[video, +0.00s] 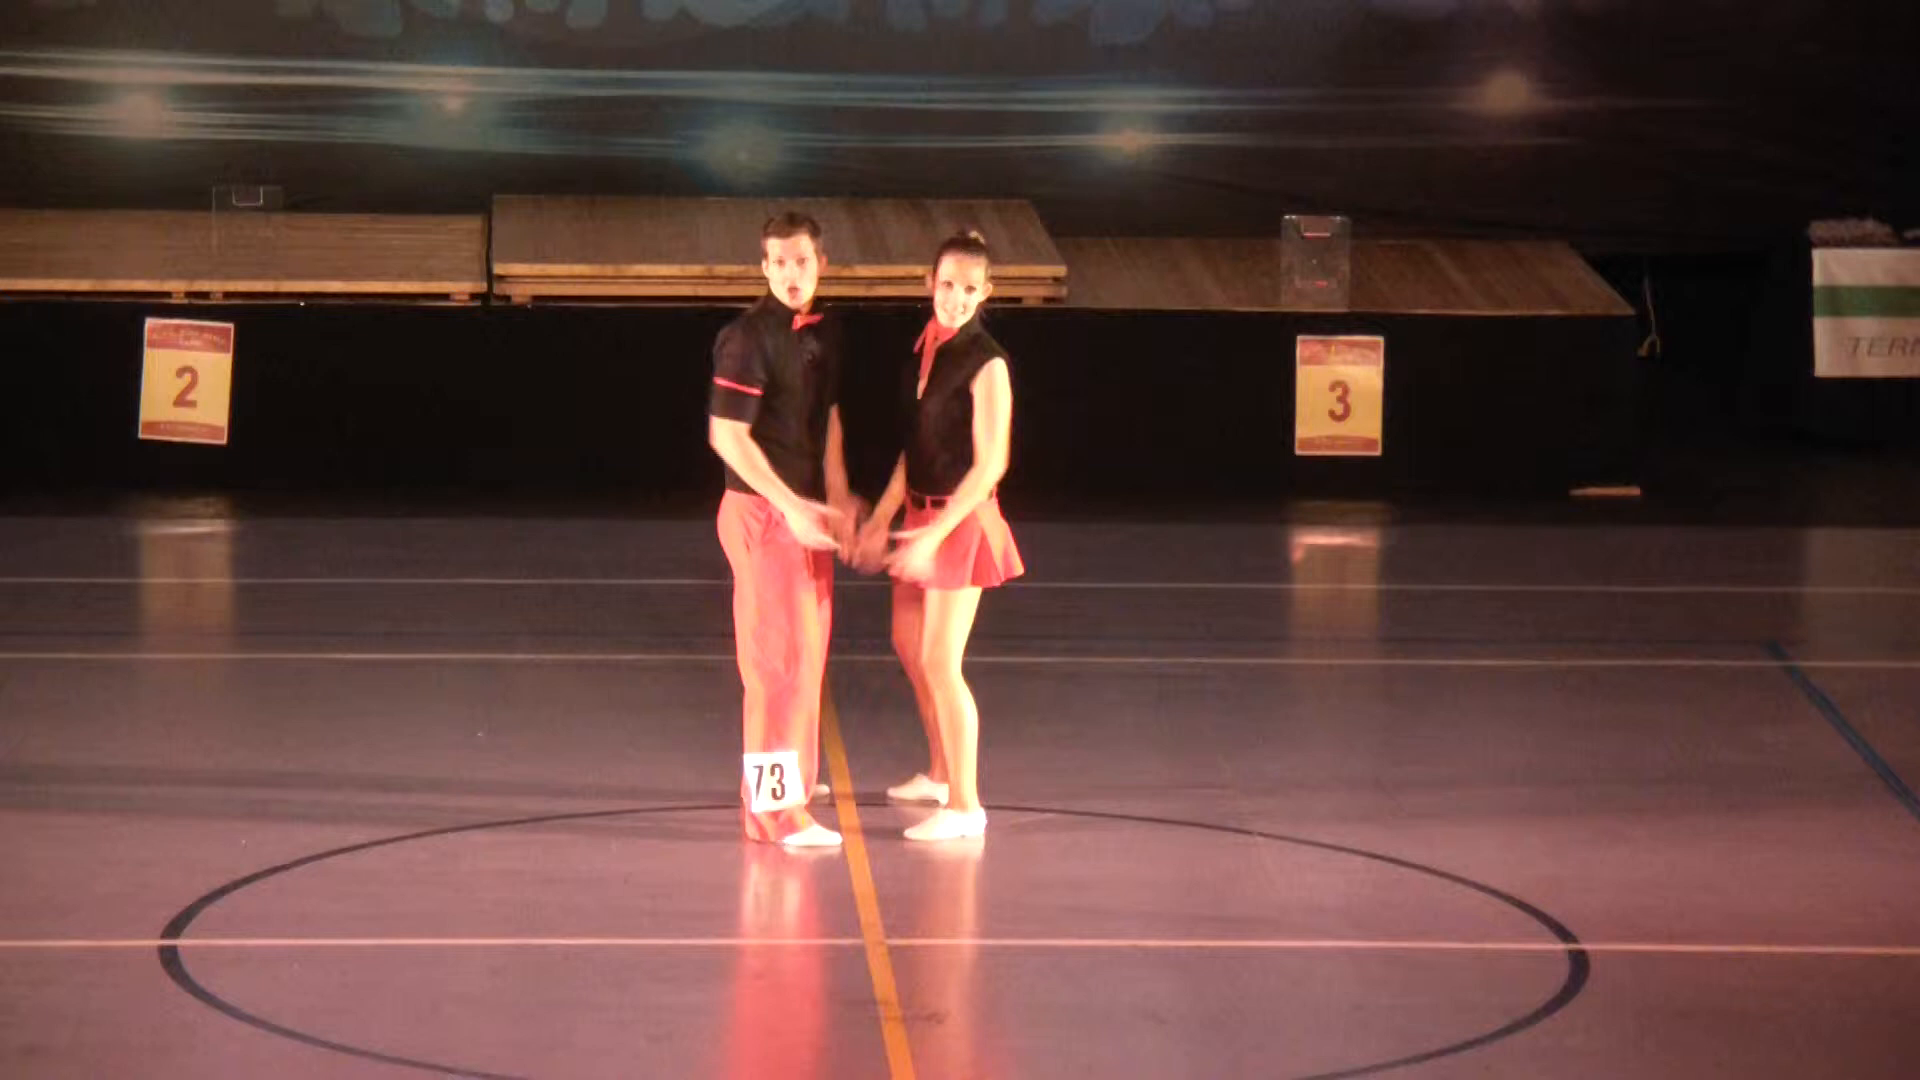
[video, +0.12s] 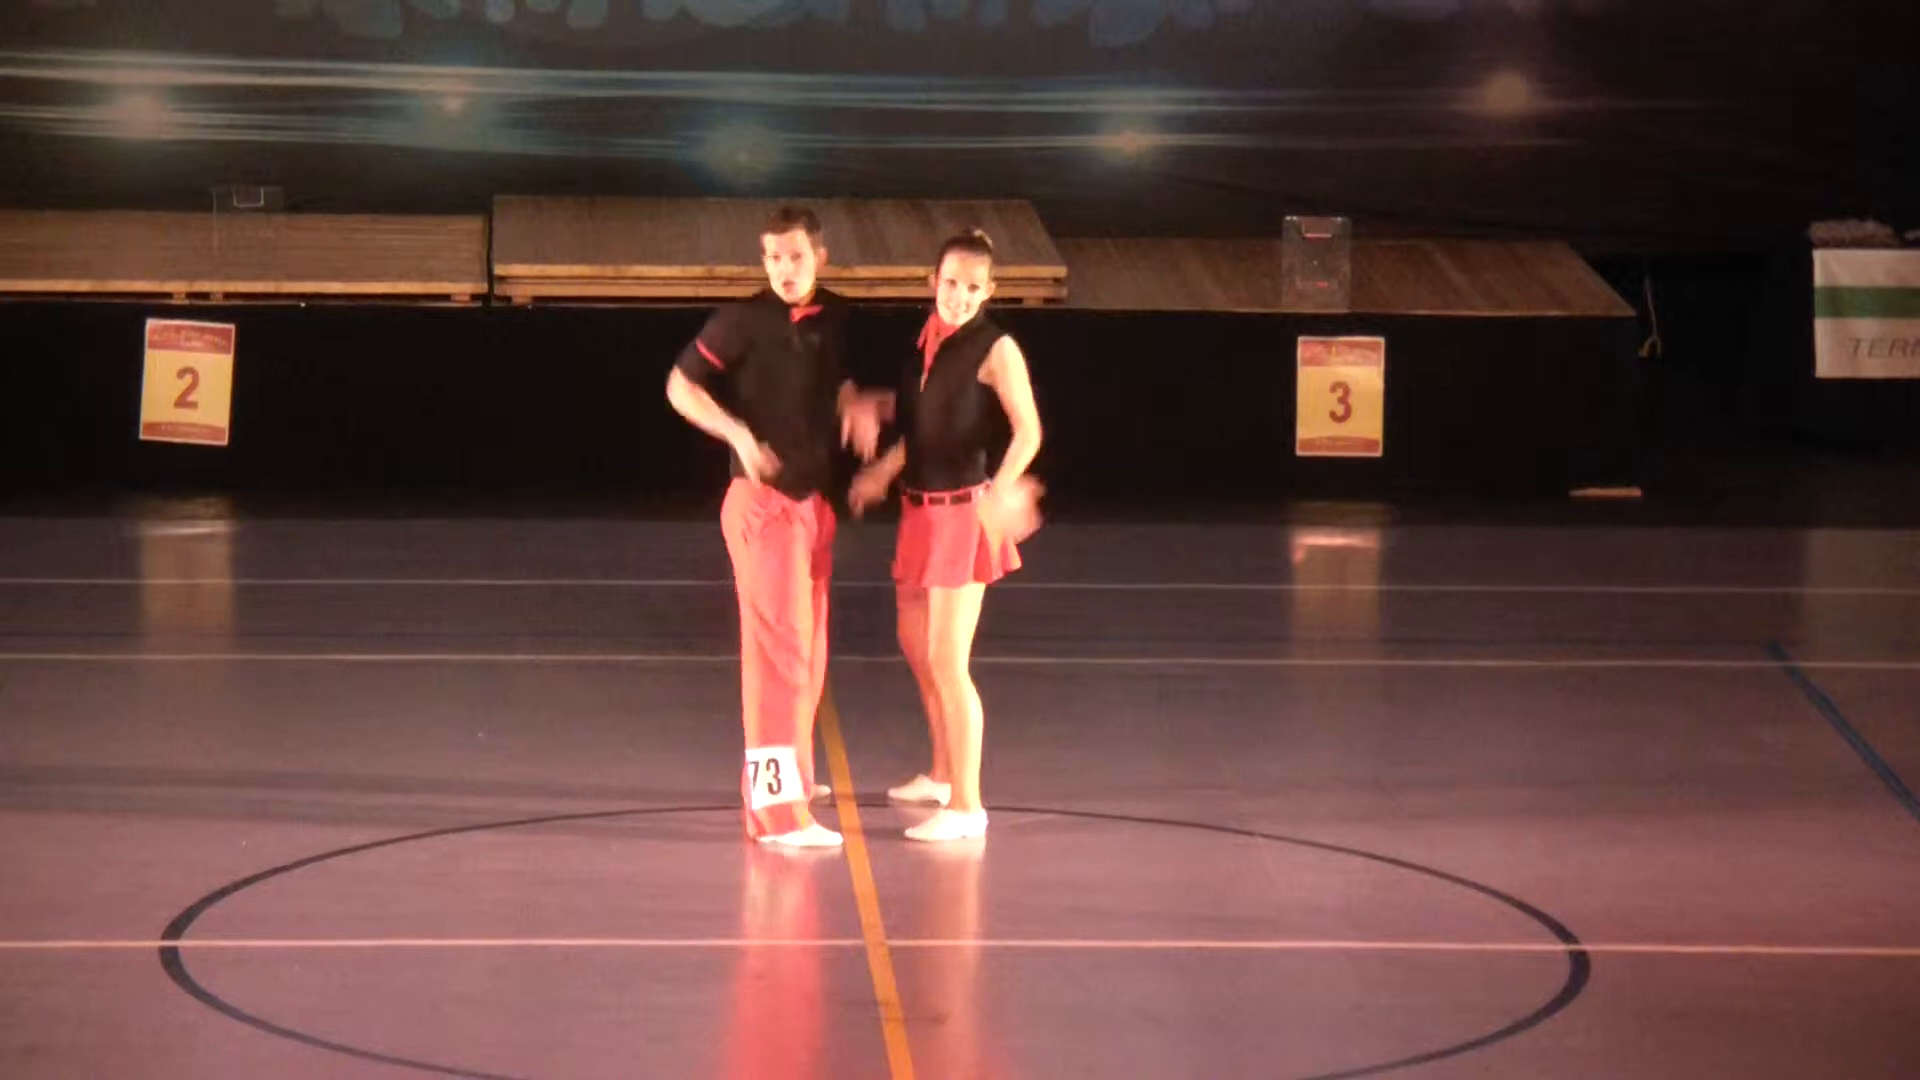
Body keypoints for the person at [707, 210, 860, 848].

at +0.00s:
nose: (792, 273)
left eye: (801, 260)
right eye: (780, 262)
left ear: (819, 263)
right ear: (764, 265)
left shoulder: (823, 336)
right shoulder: (746, 337)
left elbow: (828, 426)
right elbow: (726, 436)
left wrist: (839, 499)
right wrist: (792, 506)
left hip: (807, 512)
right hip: (758, 511)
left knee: (808, 657)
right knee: (771, 658)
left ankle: (793, 801)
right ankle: (766, 806)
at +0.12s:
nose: (785, 268)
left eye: (795, 255)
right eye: (775, 257)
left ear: (820, 255)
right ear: (763, 260)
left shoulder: (835, 321)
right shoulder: (741, 321)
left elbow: (840, 387)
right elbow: (681, 386)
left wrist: (856, 404)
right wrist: (739, 437)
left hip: (814, 507)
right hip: (761, 506)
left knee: (806, 654)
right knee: (783, 653)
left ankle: (791, 797)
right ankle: (772, 808)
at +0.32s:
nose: (774, 272)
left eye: (785, 259)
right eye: (765, 260)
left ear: (813, 257)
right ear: (755, 261)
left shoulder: (834, 312)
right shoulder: (732, 314)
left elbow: (840, 390)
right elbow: (673, 358)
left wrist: (864, 374)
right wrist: (691, 381)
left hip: (809, 502)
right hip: (752, 501)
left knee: (788, 649)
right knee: (761, 647)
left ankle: (776, 784)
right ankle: (763, 807)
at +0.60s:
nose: (835, 282)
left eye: (834, 270)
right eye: (825, 271)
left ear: (804, 279)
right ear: (787, 280)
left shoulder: (812, 341)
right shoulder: (748, 342)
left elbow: (826, 399)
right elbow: (684, 424)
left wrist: (871, 433)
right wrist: (742, 491)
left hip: (804, 524)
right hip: (754, 527)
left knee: (824, 656)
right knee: (793, 654)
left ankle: (789, 799)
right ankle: (760, 813)